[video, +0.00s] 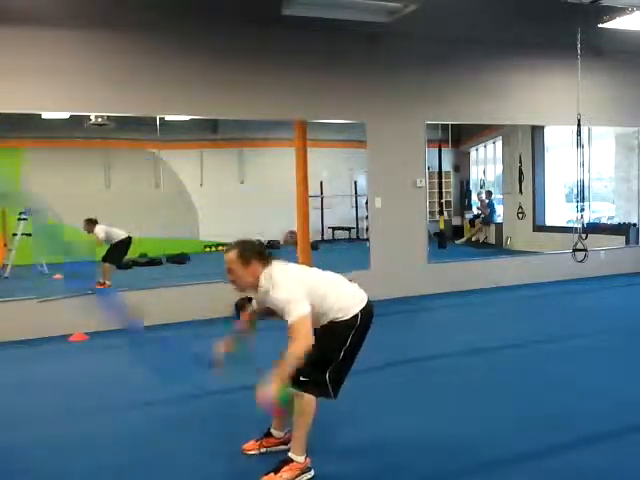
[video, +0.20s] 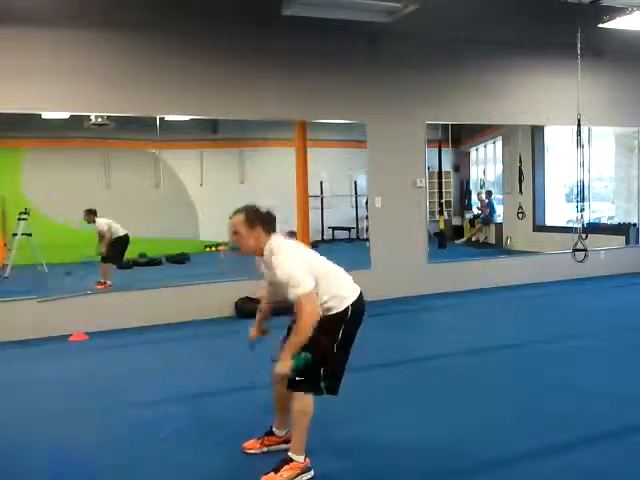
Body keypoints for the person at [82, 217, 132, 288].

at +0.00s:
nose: (85, 229)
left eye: (86, 226)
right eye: (84, 226)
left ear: (91, 225)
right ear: (92, 225)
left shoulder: (98, 229)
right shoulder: (99, 228)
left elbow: (101, 238)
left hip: (121, 239)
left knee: (107, 261)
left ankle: (106, 282)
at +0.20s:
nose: (85, 219)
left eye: (87, 216)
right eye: (85, 216)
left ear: (92, 215)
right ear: (92, 216)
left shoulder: (99, 223)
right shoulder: (99, 222)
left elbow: (107, 236)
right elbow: (102, 237)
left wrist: (103, 249)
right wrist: (100, 249)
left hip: (119, 237)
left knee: (106, 259)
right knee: (106, 259)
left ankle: (106, 281)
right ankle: (105, 281)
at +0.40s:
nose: (95, 202)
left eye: (96, 199)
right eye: (95, 199)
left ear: (102, 199)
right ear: (103, 199)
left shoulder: (106, 206)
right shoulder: (106, 206)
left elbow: (106, 222)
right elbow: (105, 222)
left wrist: (94, 228)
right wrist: (94, 228)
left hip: (113, 235)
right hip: (114, 234)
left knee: (105, 259)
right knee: (105, 259)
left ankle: (107, 281)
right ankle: (104, 280)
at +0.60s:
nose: (102, 196)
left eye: (104, 194)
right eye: (102, 194)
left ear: (109, 194)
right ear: (109, 194)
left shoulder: (111, 203)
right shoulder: (108, 204)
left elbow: (107, 216)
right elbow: (107, 218)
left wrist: (96, 222)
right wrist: (96, 223)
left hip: (109, 233)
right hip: (107, 232)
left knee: (106, 260)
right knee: (104, 260)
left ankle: (106, 281)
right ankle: (104, 281)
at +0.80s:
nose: (104, 197)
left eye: (106, 194)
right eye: (105, 194)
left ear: (112, 196)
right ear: (110, 196)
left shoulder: (114, 205)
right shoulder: (109, 206)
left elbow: (111, 219)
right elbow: (108, 220)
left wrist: (102, 231)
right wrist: (101, 232)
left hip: (111, 234)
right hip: (106, 234)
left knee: (107, 260)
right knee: (103, 259)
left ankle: (107, 281)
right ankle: (103, 280)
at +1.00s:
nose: (106, 196)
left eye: (108, 194)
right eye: (106, 194)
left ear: (113, 195)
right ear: (113, 196)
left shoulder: (115, 205)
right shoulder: (111, 205)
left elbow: (113, 221)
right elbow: (110, 221)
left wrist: (103, 232)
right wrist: (102, 232)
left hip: (115, 234)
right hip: (111, 234)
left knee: (109, 259)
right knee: (106, 259)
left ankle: (109, 281)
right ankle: (106, 280)